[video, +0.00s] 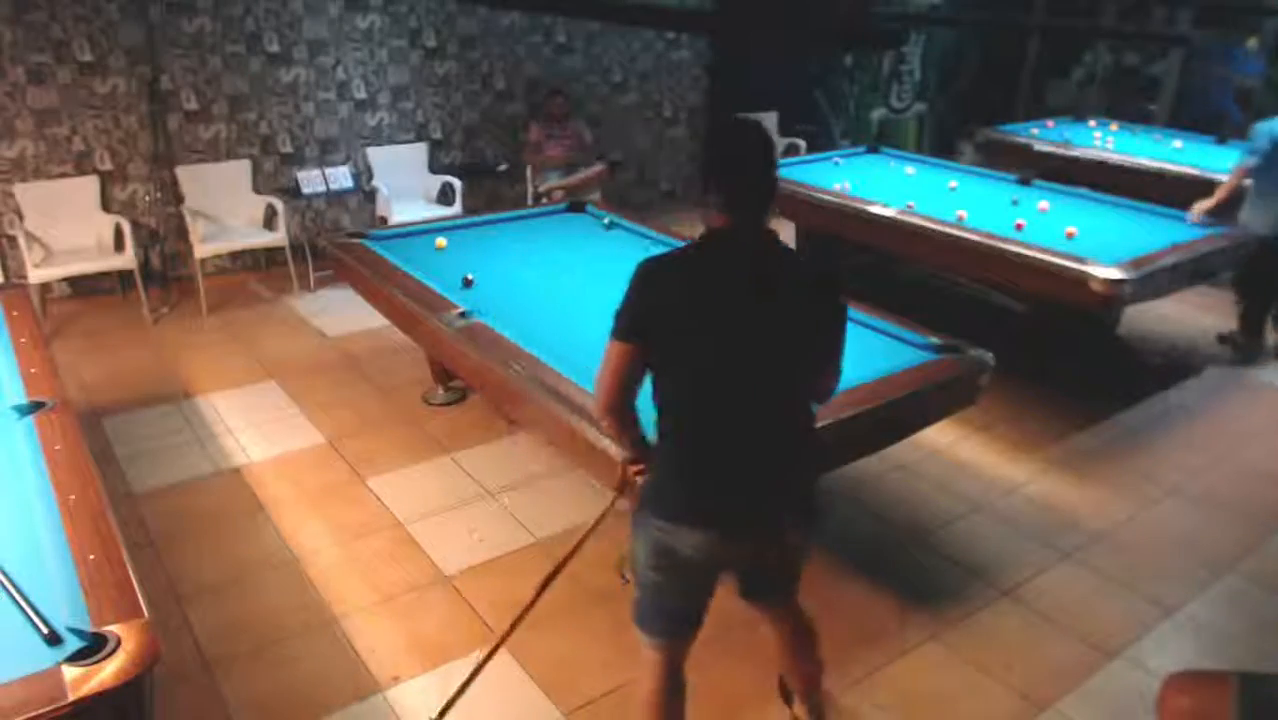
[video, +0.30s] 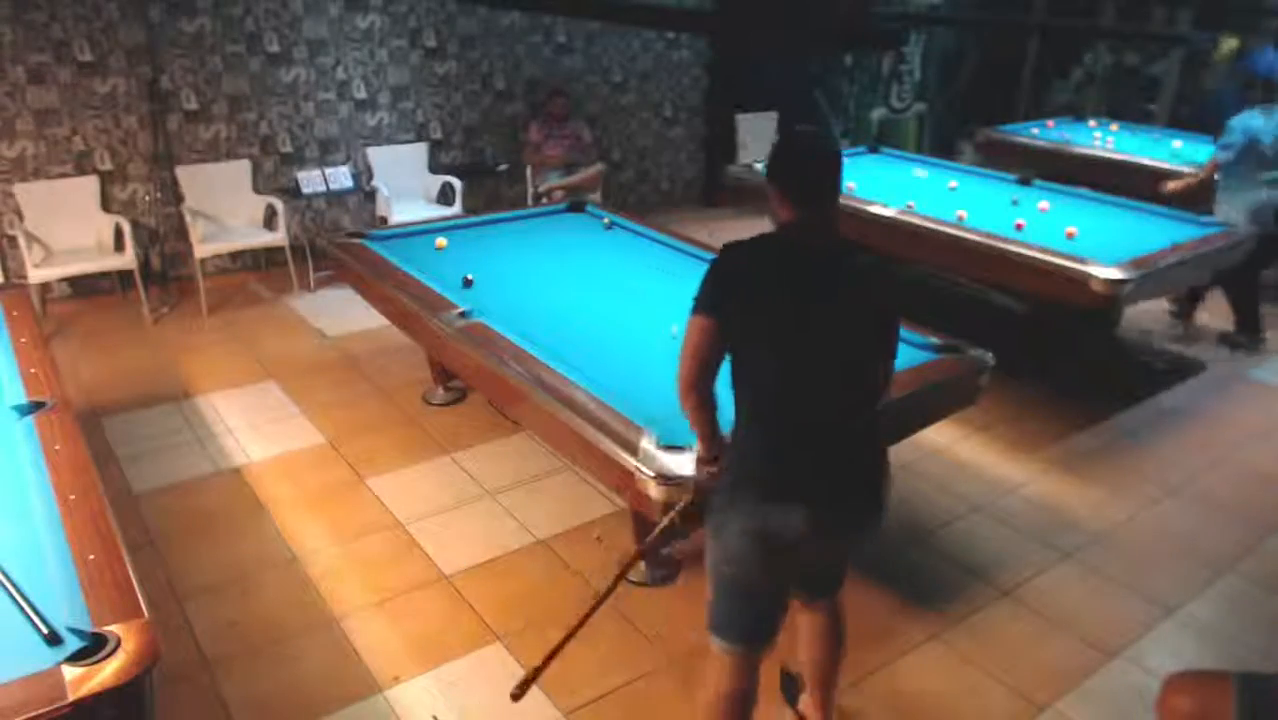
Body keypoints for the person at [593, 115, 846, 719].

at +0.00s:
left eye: (715, 179)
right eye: (755, 179)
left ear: (703, 187)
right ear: (773, 190)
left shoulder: (660, 278)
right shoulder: (812, 281)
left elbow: (612, 401)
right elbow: (822, 386)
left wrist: (641, 454)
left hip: (685, 504)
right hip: (776, 499)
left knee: (665, 660)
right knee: (785, 611)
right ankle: (815, 707)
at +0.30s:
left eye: (774, 185)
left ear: (772, 192)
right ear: (838, 191)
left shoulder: (738, 264)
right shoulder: (873, 272)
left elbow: (694, 378)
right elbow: (878, 383)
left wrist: (709, 440)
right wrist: (838, 424)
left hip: (758, 482)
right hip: (845, 479)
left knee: (735, 653)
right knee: (820, 597)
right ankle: (817, 709)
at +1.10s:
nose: (825, 240)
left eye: (826, 229)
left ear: (830, 238)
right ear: (903, 240)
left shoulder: (780, 329)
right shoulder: (931, 333)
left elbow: (712, 458)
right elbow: (945, 448)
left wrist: (685, 441)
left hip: (785, 567)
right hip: (880, 561)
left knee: (771, 704)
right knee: (833, 641)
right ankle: (821, 708)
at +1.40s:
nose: (836, 269)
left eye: (837, 258)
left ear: (839, 268)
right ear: (921, 270)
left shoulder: (782, 375)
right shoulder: (969, 385)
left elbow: (676, 499)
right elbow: (1013, 501)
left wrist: (637, 459)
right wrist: (950, 514)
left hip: (773, 621)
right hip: (884, 623)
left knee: (766, 705)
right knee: (847, 676)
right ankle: (843, 695)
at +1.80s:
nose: (863, 284)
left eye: (866, 273)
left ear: (872, 287)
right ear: (961, 293)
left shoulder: (801, 385)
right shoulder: (1001, 427)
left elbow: (687, 496)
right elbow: (982, 549)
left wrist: (649, 451)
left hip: (777, 647)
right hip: (892, 651)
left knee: (771, 710)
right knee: (860, 691)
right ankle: (857, 705)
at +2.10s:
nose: (862, 285)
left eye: (863, 273)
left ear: (869, 286)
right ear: (959, 292)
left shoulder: (795, 377)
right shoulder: (991, 402)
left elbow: (653, 436)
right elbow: (1063, 533)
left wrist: (614, 379)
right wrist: (964, 514)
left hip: (774, 640)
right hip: (893, 647)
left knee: (778, 707)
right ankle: (852, 704)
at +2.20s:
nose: (861, 277)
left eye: (864, 265)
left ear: (868, 279)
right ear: (955, 286)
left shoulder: (794, 369)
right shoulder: (993, 403)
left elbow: (652, 410)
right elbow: (1054, 540)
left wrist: (604, 348)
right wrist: (981, 573)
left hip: (774, 632)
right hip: (889, 639)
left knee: (777, 707)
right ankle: (848, 703)